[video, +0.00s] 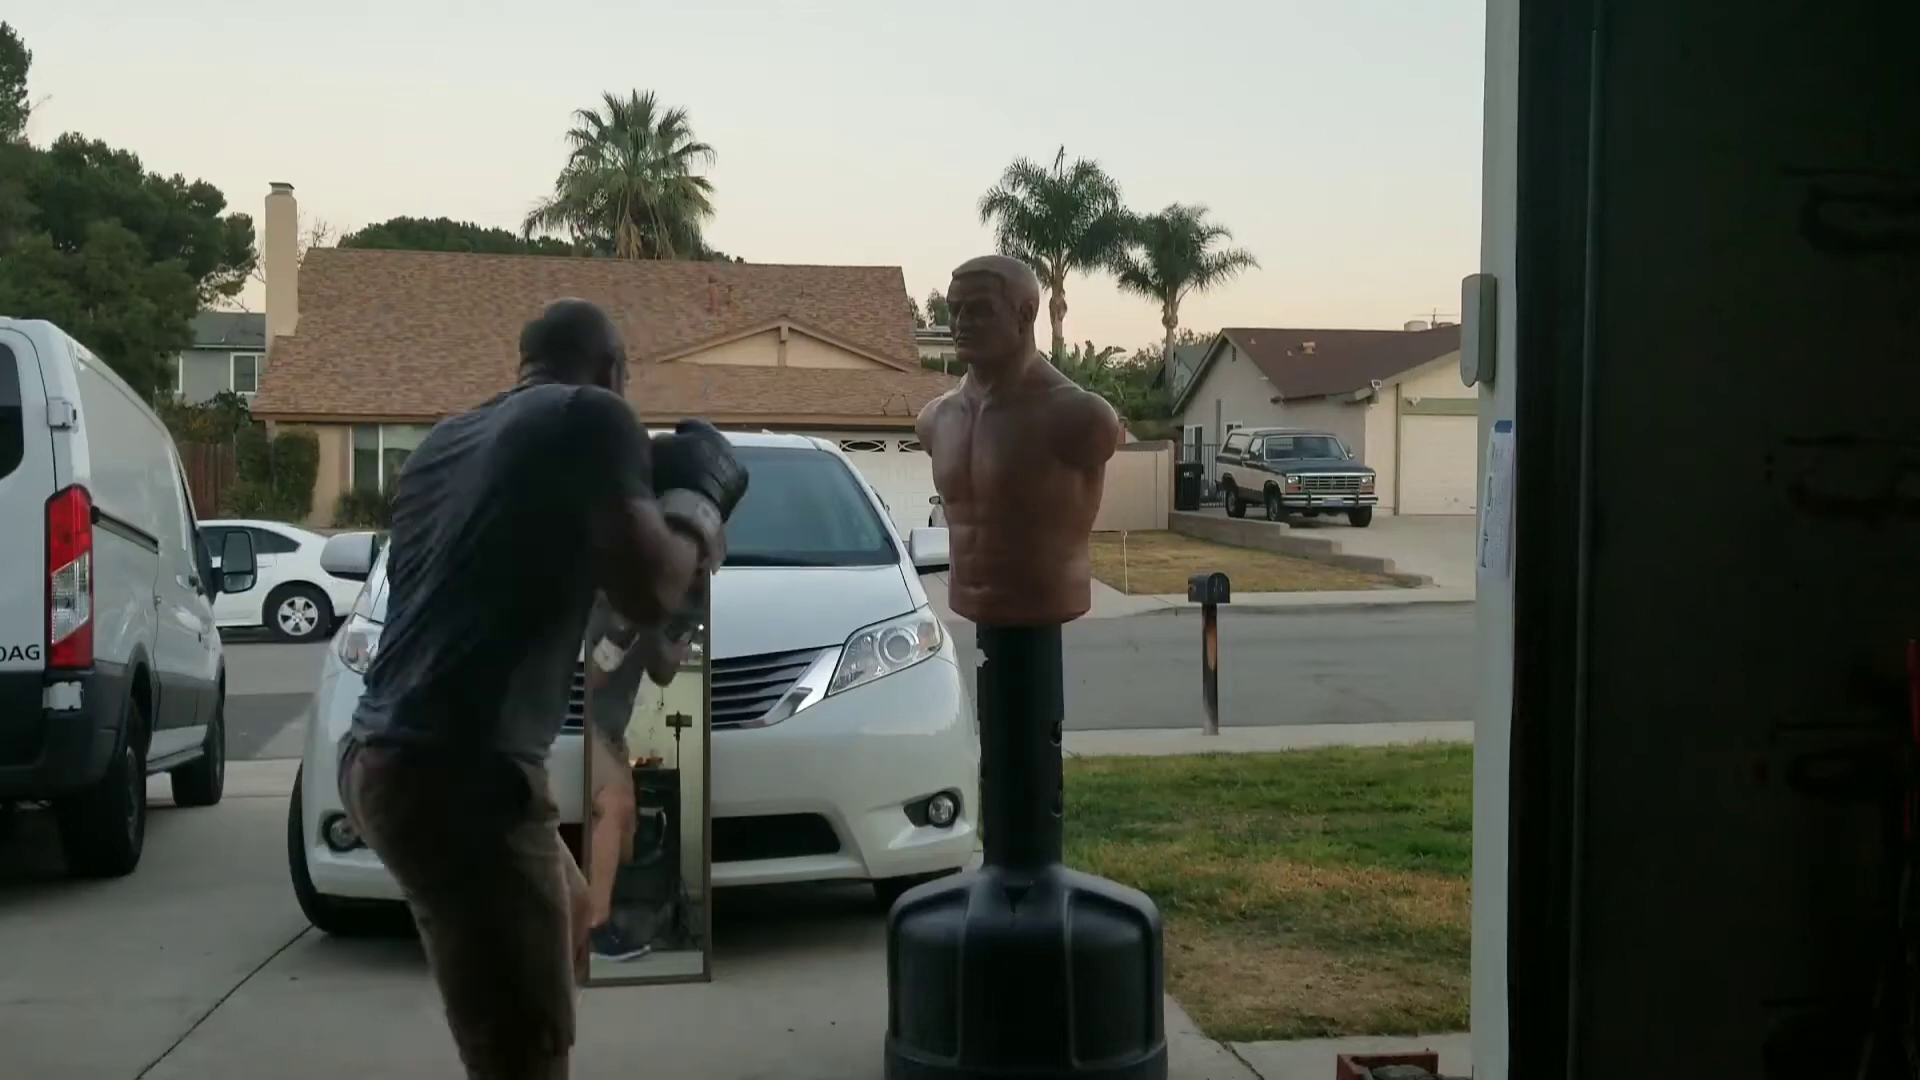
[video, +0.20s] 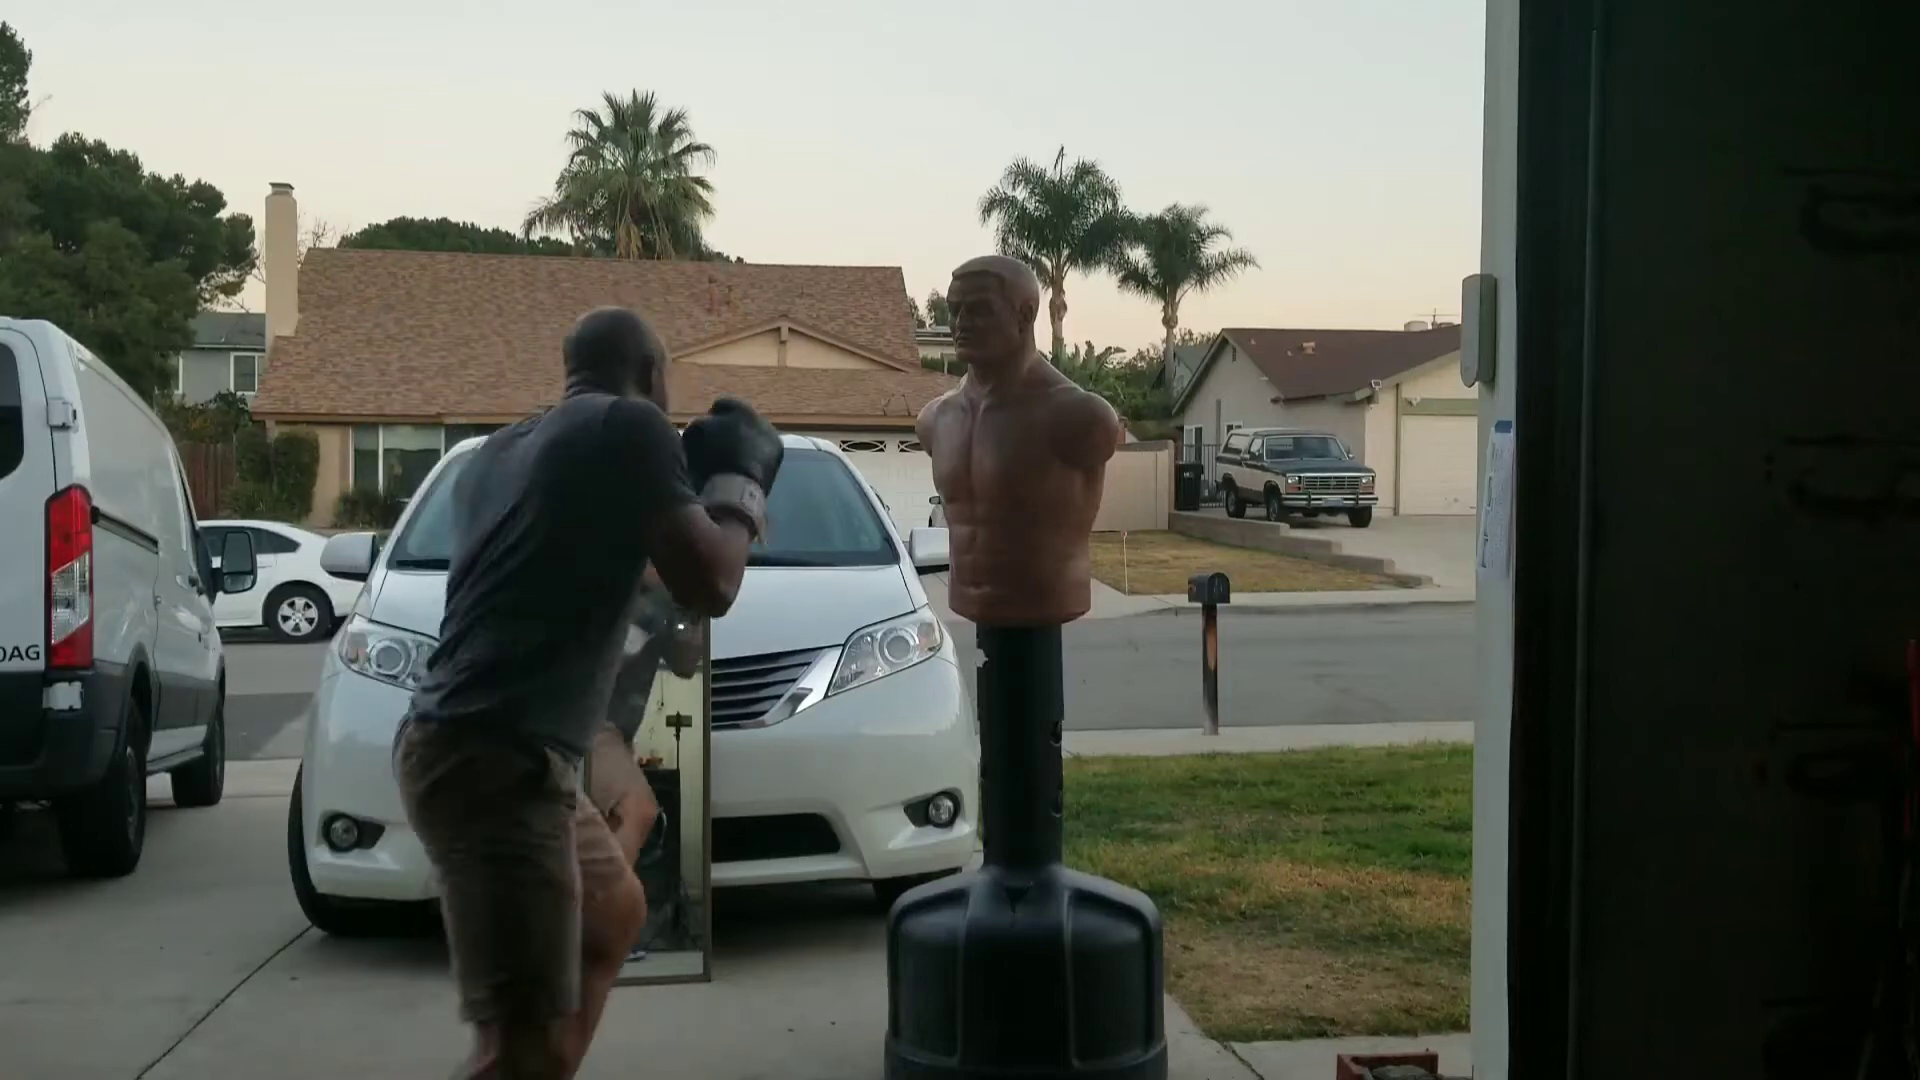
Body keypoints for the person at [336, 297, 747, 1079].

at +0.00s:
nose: (622, 388)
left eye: (621, 378)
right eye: (622, 376)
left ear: (522, 366)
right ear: (607, 369)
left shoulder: (443, 439)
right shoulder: (589, 415)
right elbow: (654, 593)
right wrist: (699, 496)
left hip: (387, 759)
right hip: (462, 770)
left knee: (571, 907)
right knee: (526, 1050)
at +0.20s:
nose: (665, 397)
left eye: (662, 386)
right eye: (663, 384)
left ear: (571, 376)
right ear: (649, 378)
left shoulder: (498, 451)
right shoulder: (628, 426)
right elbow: (710, 585)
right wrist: (740, 483)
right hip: (498, 755)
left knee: (614, 906)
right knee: (528, 1044)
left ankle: (547, 1063)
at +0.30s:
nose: (706, 390)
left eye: (705, 373)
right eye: (702, 372)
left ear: (610, 368)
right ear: (674, 370)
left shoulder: (565, 423)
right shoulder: (629, 428)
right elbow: (761, 540)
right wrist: (786, 425)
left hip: (535, 738)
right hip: (498, 748)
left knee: (669, 898)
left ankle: (560, 1052)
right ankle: (532, 1067)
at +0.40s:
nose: (739, 402)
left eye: (735, 382)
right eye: (728, 381)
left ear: (655, 378)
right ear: (692, 379)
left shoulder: (645, 455)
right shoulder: (632, 451)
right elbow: (786, 527)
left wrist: (781, 398)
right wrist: (789, 394)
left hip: (612, 737)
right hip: (523, 749)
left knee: (733, 861)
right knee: (630, 974)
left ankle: (613, 1034)